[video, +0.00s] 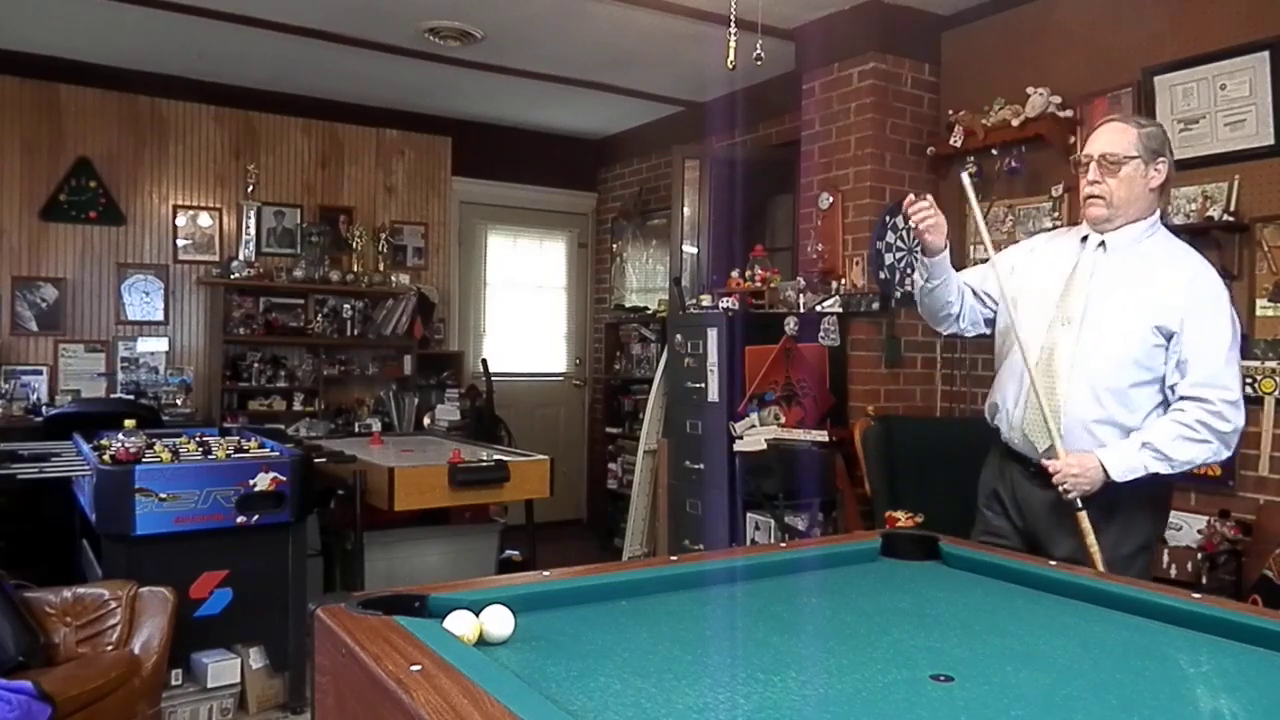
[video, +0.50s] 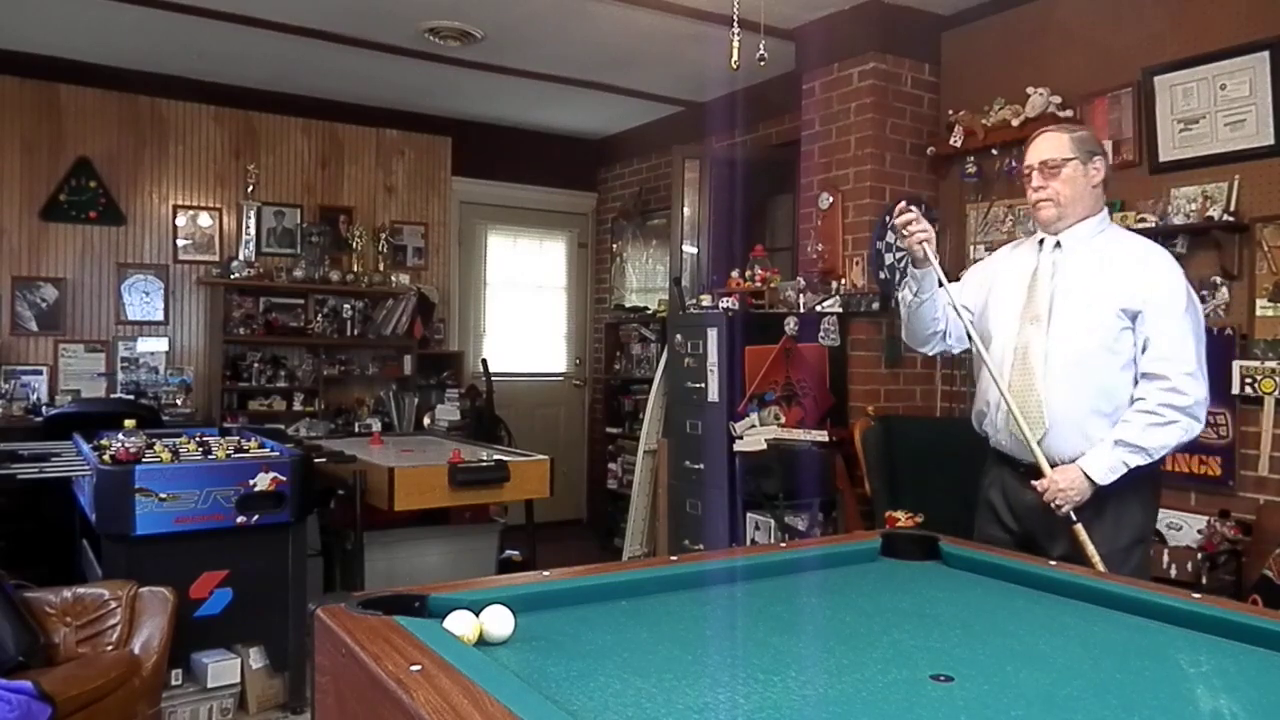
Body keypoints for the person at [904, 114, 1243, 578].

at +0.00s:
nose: (1090, 178)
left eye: (1110, 164)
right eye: (1084, 165)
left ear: (1156, 173)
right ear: (1076, 172)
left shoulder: (1190, 281)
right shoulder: (1036, 254)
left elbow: (1212, 417)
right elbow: (952, 314)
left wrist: (1108, 465)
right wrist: (935, 255)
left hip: (1112, 508)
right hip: (1009, 485)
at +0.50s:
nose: (1034, 184)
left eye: (1050, 168)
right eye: (1028, 173)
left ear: (1095, 171)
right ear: (1023, 183)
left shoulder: (1148, 267)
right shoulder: (1004, 265)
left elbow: (1177, 399)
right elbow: (930, 334)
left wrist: (1090, 471)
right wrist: (922, 267)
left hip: (1103, 500)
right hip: (1004, 487)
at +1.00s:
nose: (1005, 192)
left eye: (1018, 175)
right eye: (995, 184)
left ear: (1061, 175)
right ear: (989, 194)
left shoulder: (1119, 265)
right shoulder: (973, 270)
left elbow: (1156, 393)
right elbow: (910, 344)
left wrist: (1085, 473)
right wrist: (903, 278)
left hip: (1094, 494)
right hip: (991, 487)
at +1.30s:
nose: (1034, 192)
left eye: (1051, 178)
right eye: (1020, 180)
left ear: (1080, 182)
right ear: (1005, 188)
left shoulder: (1129, 270)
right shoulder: (973, 270)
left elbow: (1173, 391)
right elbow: (909, 352)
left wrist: (1110, 466)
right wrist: (896, 300)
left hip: (1096, 498)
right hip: (993, 489)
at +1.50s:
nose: (1065, 195)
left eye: (1081, 183)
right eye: (1050, 181)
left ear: (1103, 190)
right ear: (1028, 188)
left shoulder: (1150, 276)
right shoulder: (985, 273)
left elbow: (1207, 381)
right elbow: (926, 347)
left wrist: (1158, 437)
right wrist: (935, 380)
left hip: (1112, 504)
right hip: (1005, 497)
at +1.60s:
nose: (1090, 201)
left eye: (1107, 187)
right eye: (1075, 185)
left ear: (1131, 191)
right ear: (1049, 186)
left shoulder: (1169, 280)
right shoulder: (999, 274)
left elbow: (1227, 385)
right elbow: (944, 364)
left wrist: (1184, 434)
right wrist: (964, 421)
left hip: (1125, 512)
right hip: (1015, 503)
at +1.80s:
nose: (1159, 211)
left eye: (1179, 198)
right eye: (1146, 191)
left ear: (1201, 206)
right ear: (1116, 184)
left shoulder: (1230, 294)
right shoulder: (1049, 270)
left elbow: (1267, 399)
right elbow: (992, 376)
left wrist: (1225, 449)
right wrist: (1020, 462)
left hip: (1161, 524)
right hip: (1046, 513)